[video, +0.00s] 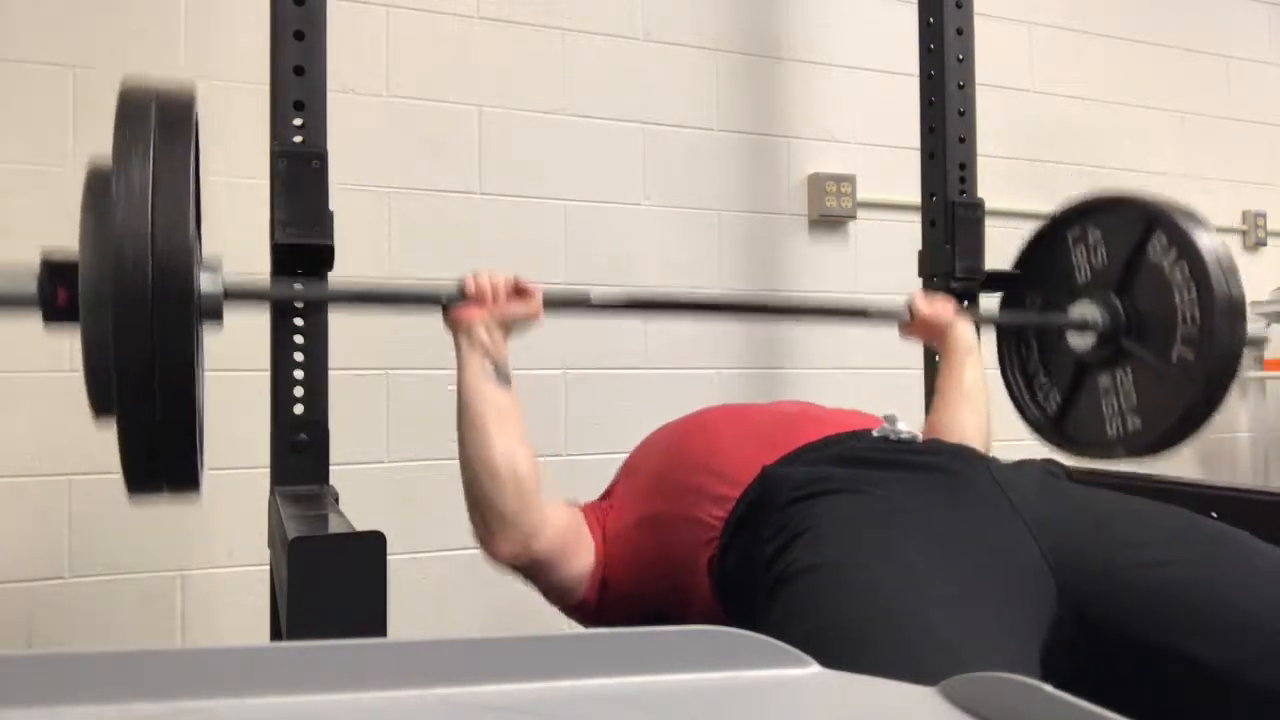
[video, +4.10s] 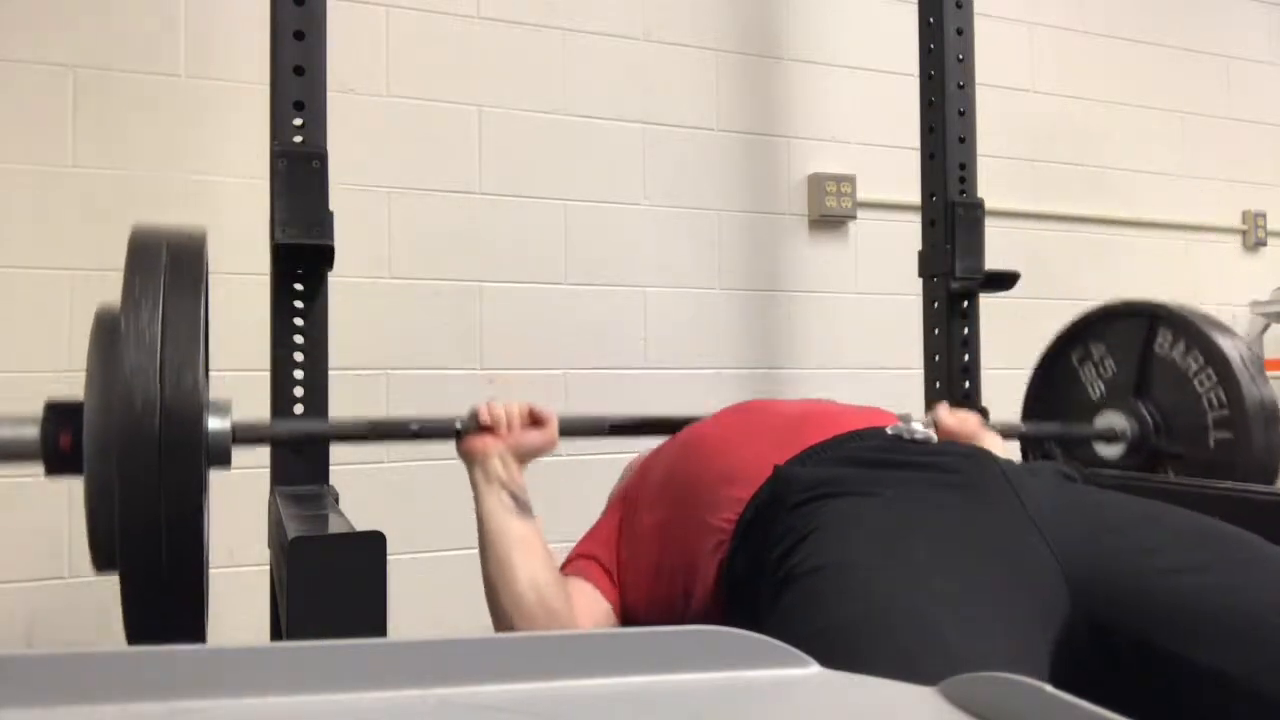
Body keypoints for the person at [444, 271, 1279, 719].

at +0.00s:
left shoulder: (866, 442)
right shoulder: (619, 545)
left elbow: (961, 464)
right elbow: (514, 526)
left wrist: (959, 341)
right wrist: (481, 354)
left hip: (1034, 488)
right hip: (846, 508)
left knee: (1270, 613)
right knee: (931, 672)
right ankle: (980, 702)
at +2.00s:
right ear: (646, 485)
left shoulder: (869, 440)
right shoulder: (618, 543)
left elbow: (965, 466)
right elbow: (528, 508)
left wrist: (970, 347)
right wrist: (488, 343)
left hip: (1045, 486)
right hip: (857, 508)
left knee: (1276, 623)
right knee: (934, 697)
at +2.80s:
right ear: (647, 481)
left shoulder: (865, 422)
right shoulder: (625, 531)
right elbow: (551, 629)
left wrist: (986, 451)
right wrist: (499, 483)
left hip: (1035, 487)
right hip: (858, 504)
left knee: (1273, 608)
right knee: (932, 686)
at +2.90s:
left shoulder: (849, 425)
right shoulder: (613, 544)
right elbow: (555, 635)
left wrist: (986, 457)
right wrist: (498, 499)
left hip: (1035, 487)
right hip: (856, 506)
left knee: (1274, 607)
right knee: (929, 700)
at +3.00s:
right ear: (645, 488)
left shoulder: (870, 422)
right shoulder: (626, 529)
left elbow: (1032, 523)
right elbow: (559, 625)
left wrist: (996, 446)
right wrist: (501, 477)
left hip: (1043, 487)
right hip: (862, 499)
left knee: (1276, 610)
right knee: (939, 690)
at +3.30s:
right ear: (643, 492)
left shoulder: (863, 439)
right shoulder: (617, 544)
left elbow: (965, 464)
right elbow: (516, 505)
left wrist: (966, 339)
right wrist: (485, 342)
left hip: (1043, 482)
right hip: (857, 505)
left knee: (1273, 620)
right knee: (934, 673)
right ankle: (977, 703)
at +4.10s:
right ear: (647, 485)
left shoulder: (866, 423)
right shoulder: (623, 533)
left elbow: (1033, 508)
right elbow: (550, 632)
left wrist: (983, 445)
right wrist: (496, 485)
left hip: (1038, 486)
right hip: (861, 503)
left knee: (1275, 603)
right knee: (929, 695)